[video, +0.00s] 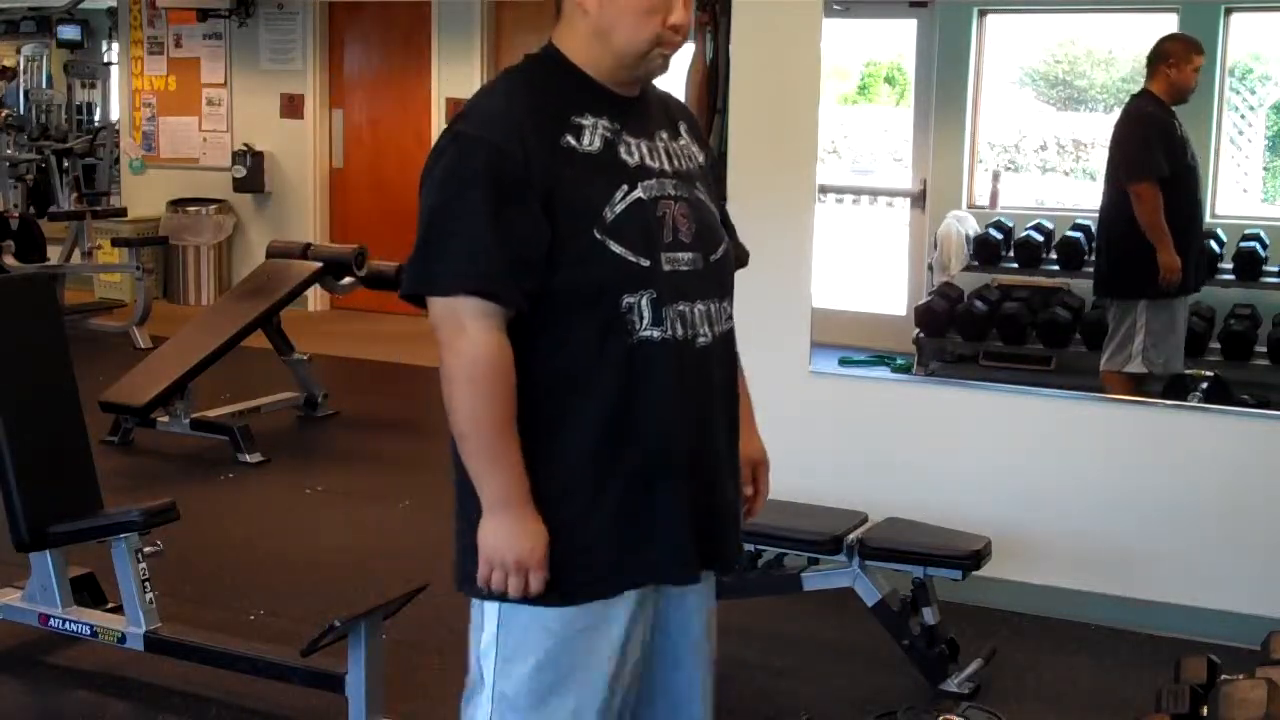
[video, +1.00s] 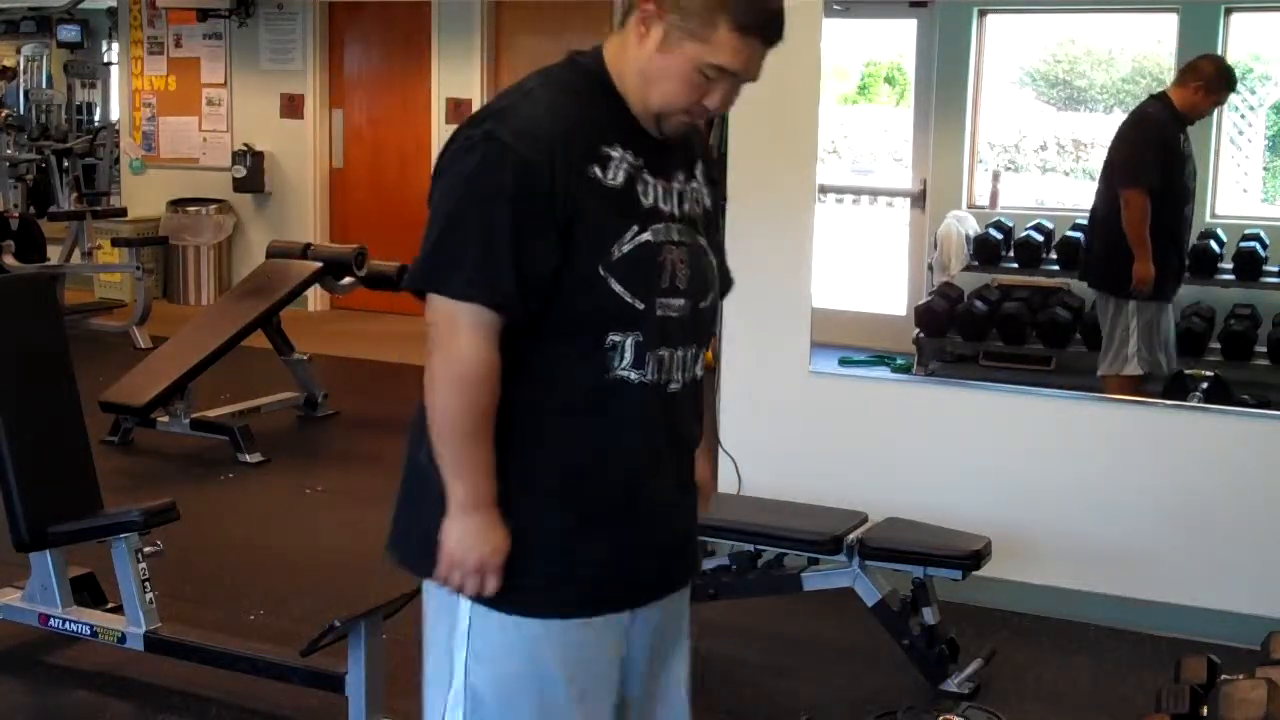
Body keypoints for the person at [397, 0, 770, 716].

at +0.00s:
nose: (683, 21)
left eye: (688, 3)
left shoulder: (680, 128)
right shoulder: (498, 130)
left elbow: (704, 302)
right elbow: (466, 324)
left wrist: (741, 419)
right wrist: (504, 504)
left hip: (681, 521)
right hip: (559, 538)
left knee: (674, 712)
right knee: (534, 712)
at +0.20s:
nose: (679, 27)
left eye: (684, 8)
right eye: (664, 4)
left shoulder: (661, 129)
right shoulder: (491, 128)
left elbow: (675, 306)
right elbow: (464, 331)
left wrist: (704, 431)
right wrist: (501, 514)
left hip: (662, 529)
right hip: (540, 547)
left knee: (668, 711)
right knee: (523, 711)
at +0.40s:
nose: (667, 43)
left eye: (675, 21)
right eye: (655, 16)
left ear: (583, 9)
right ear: (582, 2)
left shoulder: (629, 129)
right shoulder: (477, 133)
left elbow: (638, 326)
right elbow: (448, 341)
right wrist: (500, 534)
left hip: (635, 543)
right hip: (518, 567)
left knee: (641, 711)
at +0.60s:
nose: (674, 71)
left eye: (684, 50)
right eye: (666, 44)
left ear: (593, 14)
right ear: (591, 11)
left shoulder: (627, 140)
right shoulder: (474, 136)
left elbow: (632, 328)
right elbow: (439, 346)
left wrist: (660, 460)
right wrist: (464, 542)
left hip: (635, 557)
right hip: (514, 583)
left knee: (663, 710)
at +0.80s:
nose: (694, 87)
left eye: (708, 69)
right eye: (687, 61)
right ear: (619, 15)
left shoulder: (653, 147)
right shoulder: (495, 141)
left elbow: (642, 337)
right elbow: (445, 341)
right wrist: (436, 529)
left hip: (633, 552)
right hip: (517, 571)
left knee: (622, 707)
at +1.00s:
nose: (719, 105)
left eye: (738, 84)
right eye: (710, 74)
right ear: (646, 21)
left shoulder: (692, 147)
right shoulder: (516, 140)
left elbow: (693, 317)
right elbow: (459, 323)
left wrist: (700, 441)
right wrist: (470, 505)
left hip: (652, 544)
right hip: (524, 558)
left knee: (648, 707)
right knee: (516, 709)